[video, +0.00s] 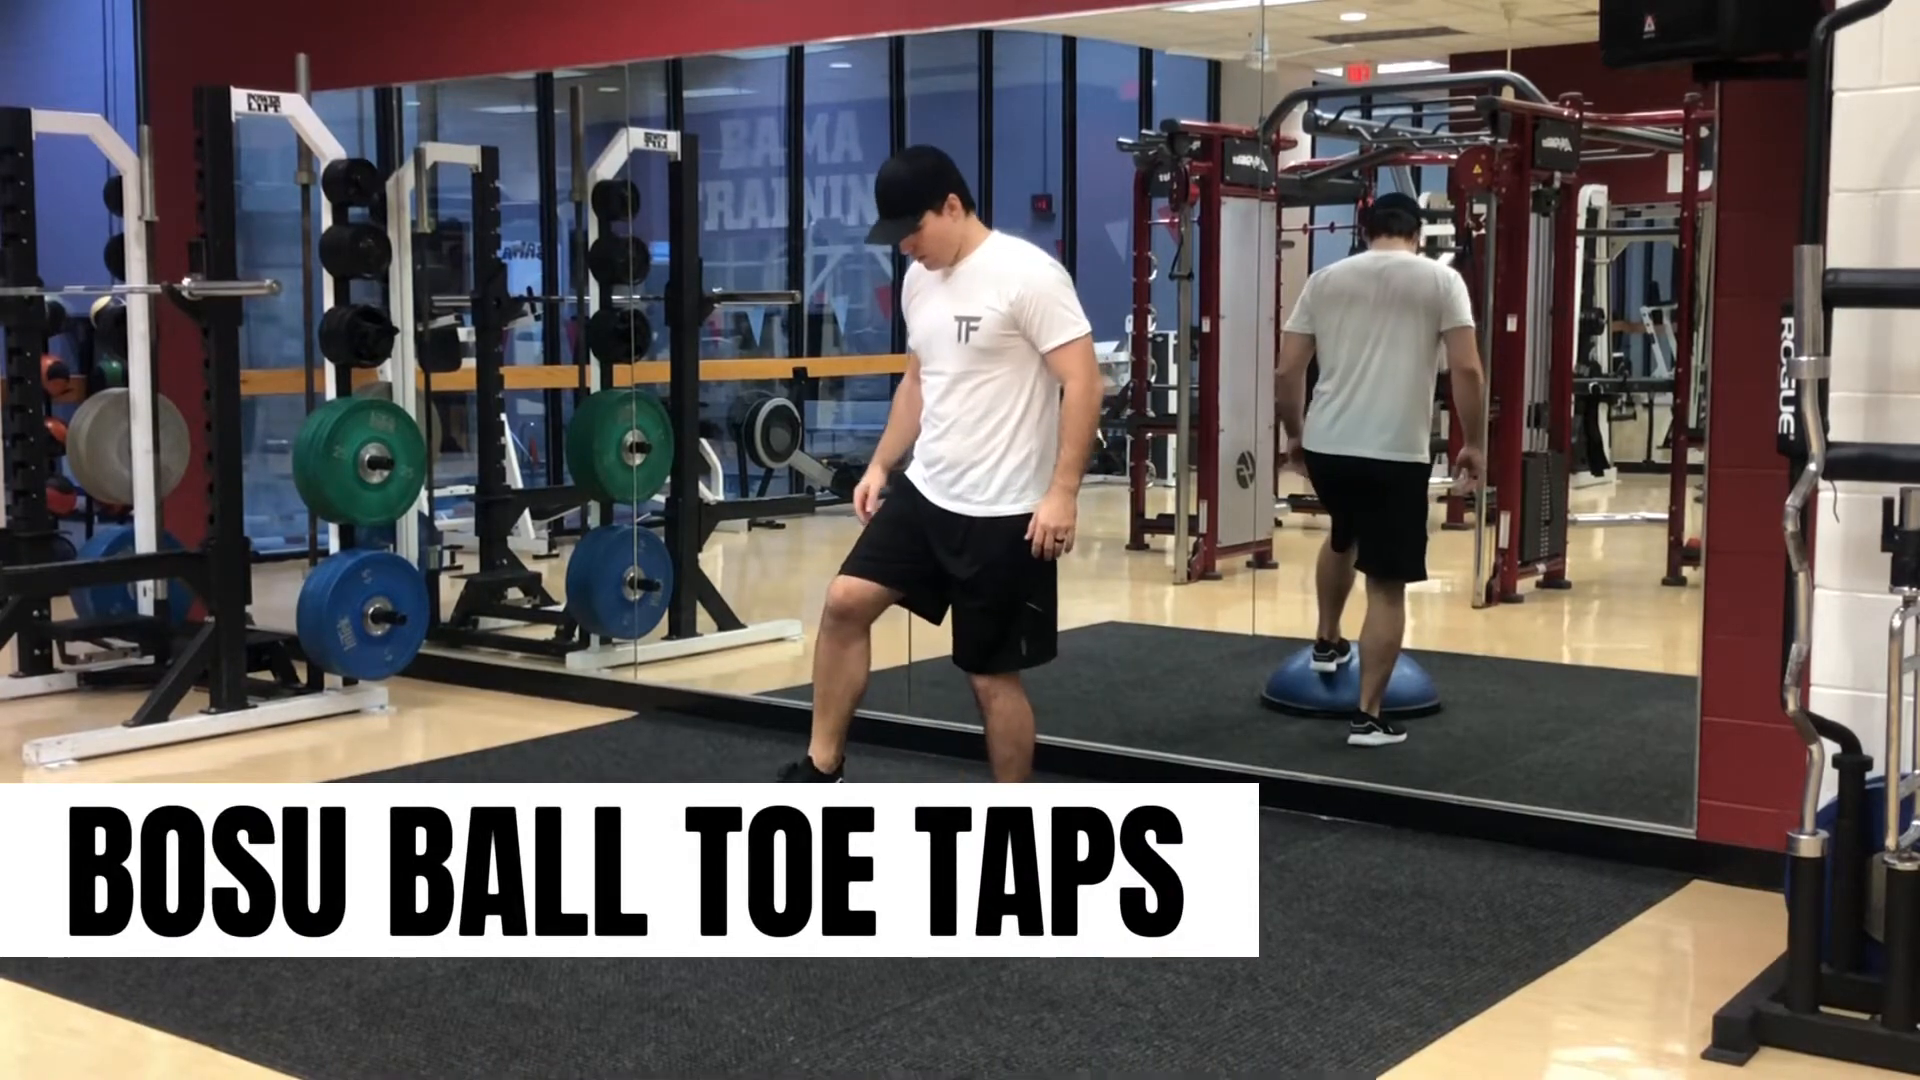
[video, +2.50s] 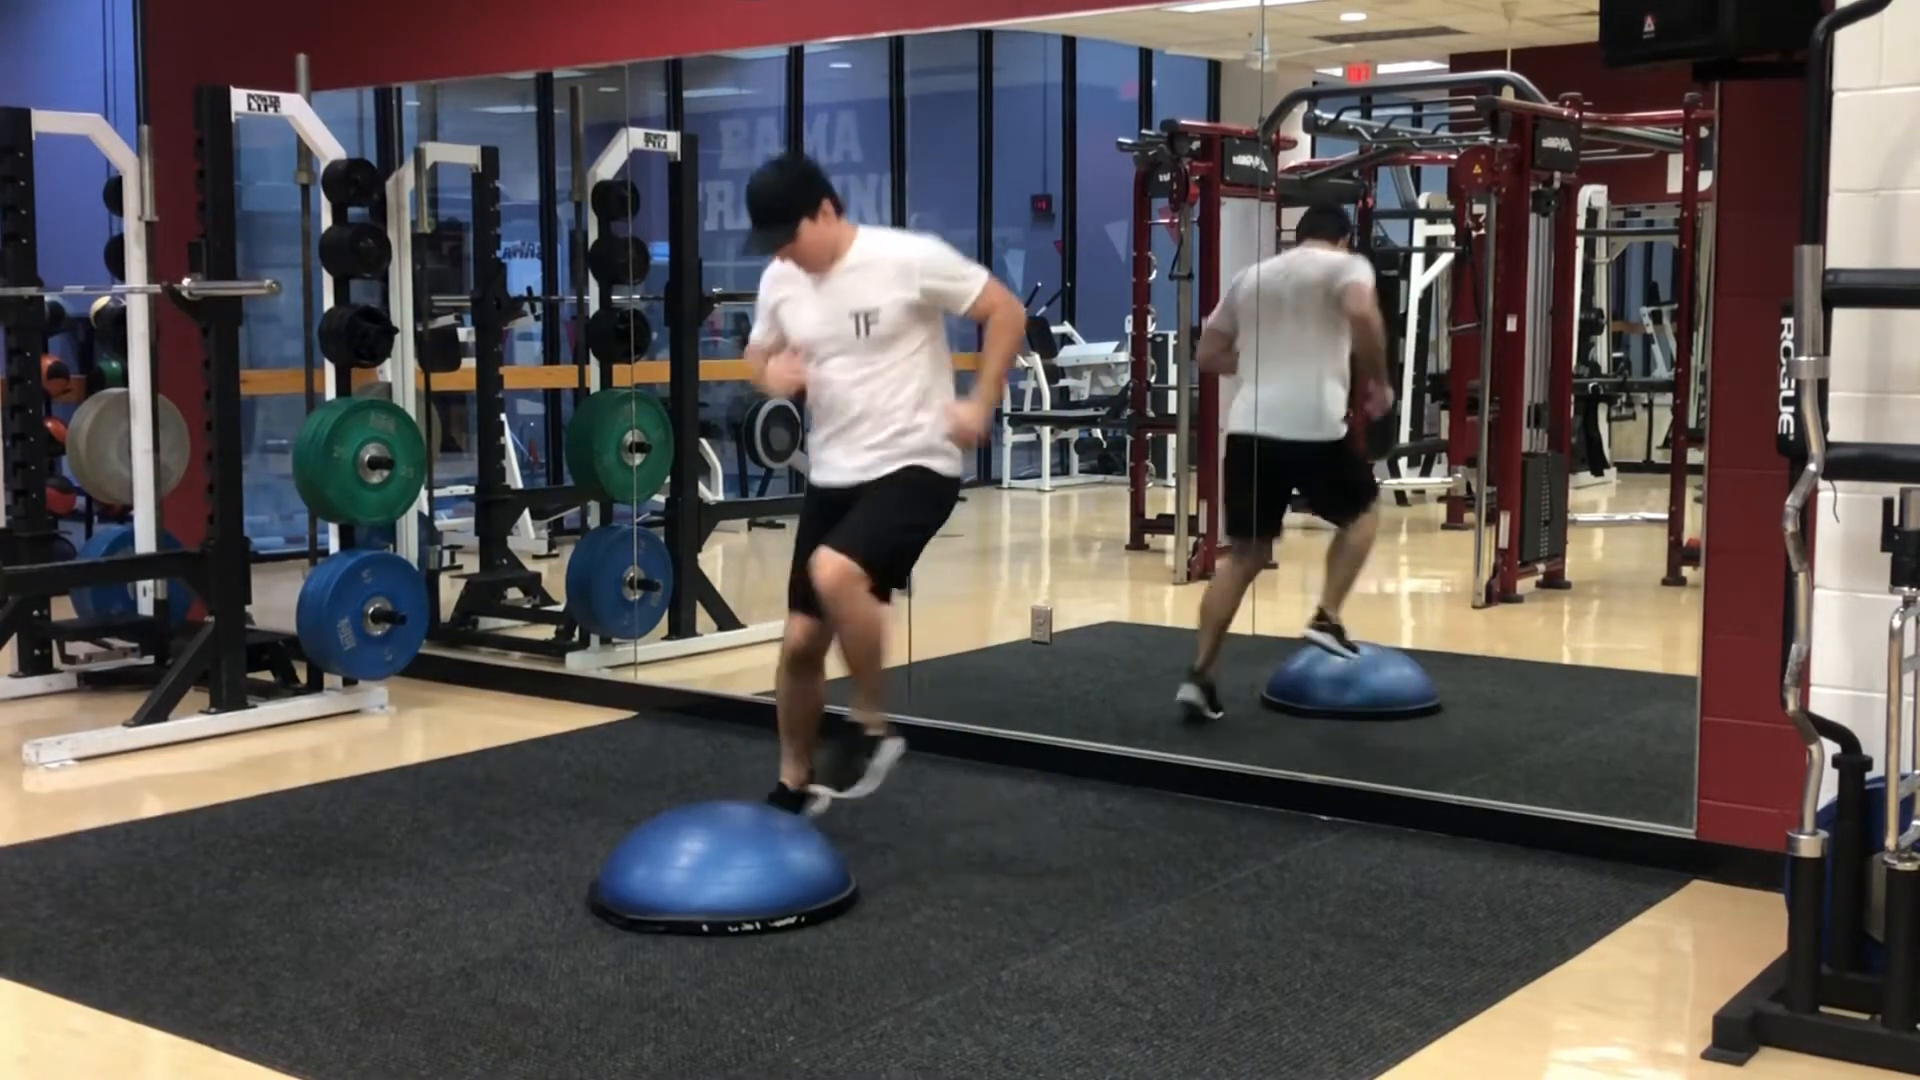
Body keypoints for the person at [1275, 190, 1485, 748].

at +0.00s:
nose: (1415, 243)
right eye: (1418, 236)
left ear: (1366, 234)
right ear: (1417, 236)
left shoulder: (1324, 280)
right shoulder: (1441, 279)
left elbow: (1288, 371)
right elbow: (1466, 370)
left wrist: (1295, 436)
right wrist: (1473, 443)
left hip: (1325, 447)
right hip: (1398, 457)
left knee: (1343, 533)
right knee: (1386, 588)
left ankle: (1326, 644)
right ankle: (1370, 716)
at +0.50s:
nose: (1380, 246)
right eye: (1382, 238)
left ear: (1331, 230)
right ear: (1377, 235)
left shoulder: (1286, 271)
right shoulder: (1395, 276)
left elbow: (1230, 338)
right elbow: (1436, 340)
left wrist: (1253, 375)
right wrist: (1433, 381)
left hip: (1280, 440)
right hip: (1352, 447)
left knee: (1291, 521)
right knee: (1366, 578)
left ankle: (1262, 629)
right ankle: (1368, 706)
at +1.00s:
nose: (1332, 238)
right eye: (1332, 231)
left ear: (1279, 228)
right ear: (1324, 229)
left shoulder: (1239, 272)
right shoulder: (1337, 259)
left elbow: (1194, 347)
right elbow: (1364, 307)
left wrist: (1240, 376)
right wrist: (1376, 351)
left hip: (1250, 432)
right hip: (1318, 429)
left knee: (1235, 553)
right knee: (1369, 524)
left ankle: (1195, 670)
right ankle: (1345, 636)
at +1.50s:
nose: (1354, 230)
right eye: (1355, 222)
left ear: (1303, 218)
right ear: (1350, 221)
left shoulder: (1255, 257)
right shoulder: (1363, 262)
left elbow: (1196, 322)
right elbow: (1396, 323)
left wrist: (1222, 372)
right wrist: (1388, 367)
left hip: (1254, 422)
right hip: (1324, 425)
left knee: (1266, 523)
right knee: (1368, 538)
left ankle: (1224, 628)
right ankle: (1375, 650)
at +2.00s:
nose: (1354, 239)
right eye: (1354, 231)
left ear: (1301, 224)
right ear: (1346, 228)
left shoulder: (1249, 267)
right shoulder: (1357, 262)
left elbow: (1195, 335)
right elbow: (1379, 319)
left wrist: (1239, 378)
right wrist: (1390, 363)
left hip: (1254, 425)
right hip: (1324, 424)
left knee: (1267, 527)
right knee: (1367, 546)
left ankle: (1237, 630)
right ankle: (1389, 668)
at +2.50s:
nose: (1348, 248)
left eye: (1341, 241)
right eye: (1348, 242)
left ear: (1299, 236)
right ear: (1343, 239)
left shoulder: (1250, 276)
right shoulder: (1348, 265)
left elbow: (1209, 355)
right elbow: (1361, 314)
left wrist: (1264, 365)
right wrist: (1377, 379)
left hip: (1249, 428)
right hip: (1316, 427)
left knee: (1245, 552)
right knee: (1361, 513)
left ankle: (1200, 675)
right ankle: (1327, 617)